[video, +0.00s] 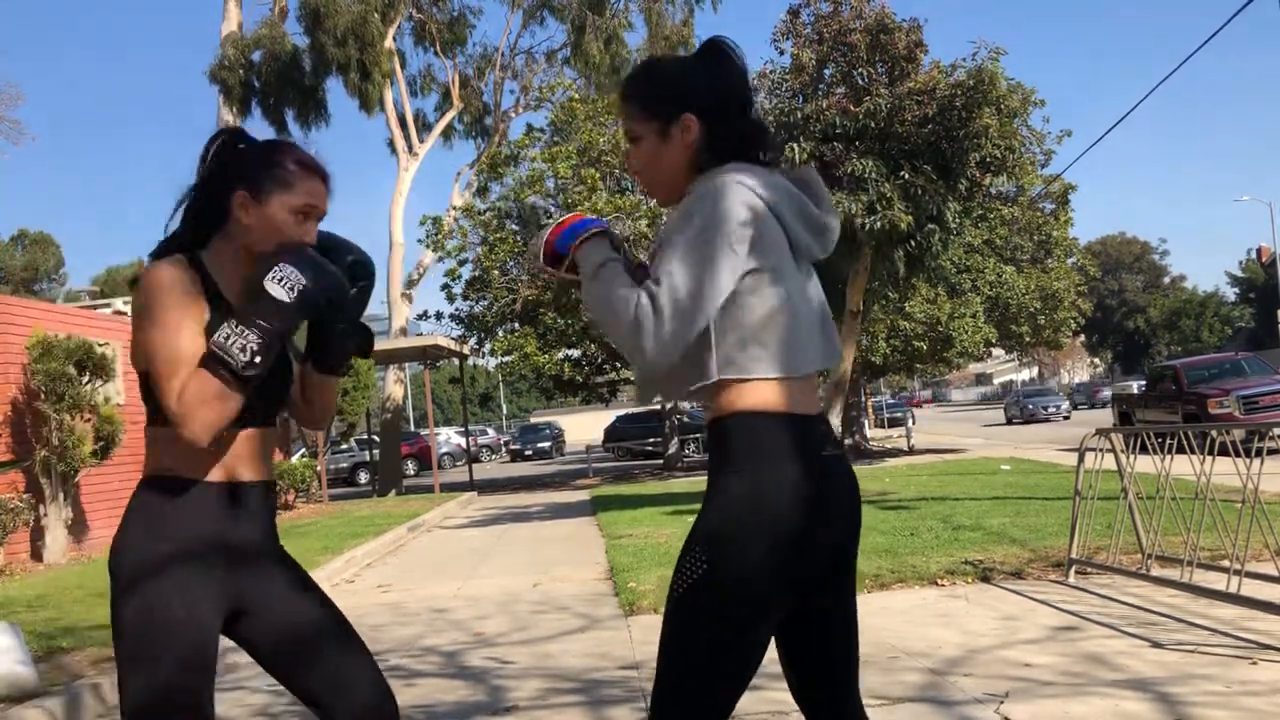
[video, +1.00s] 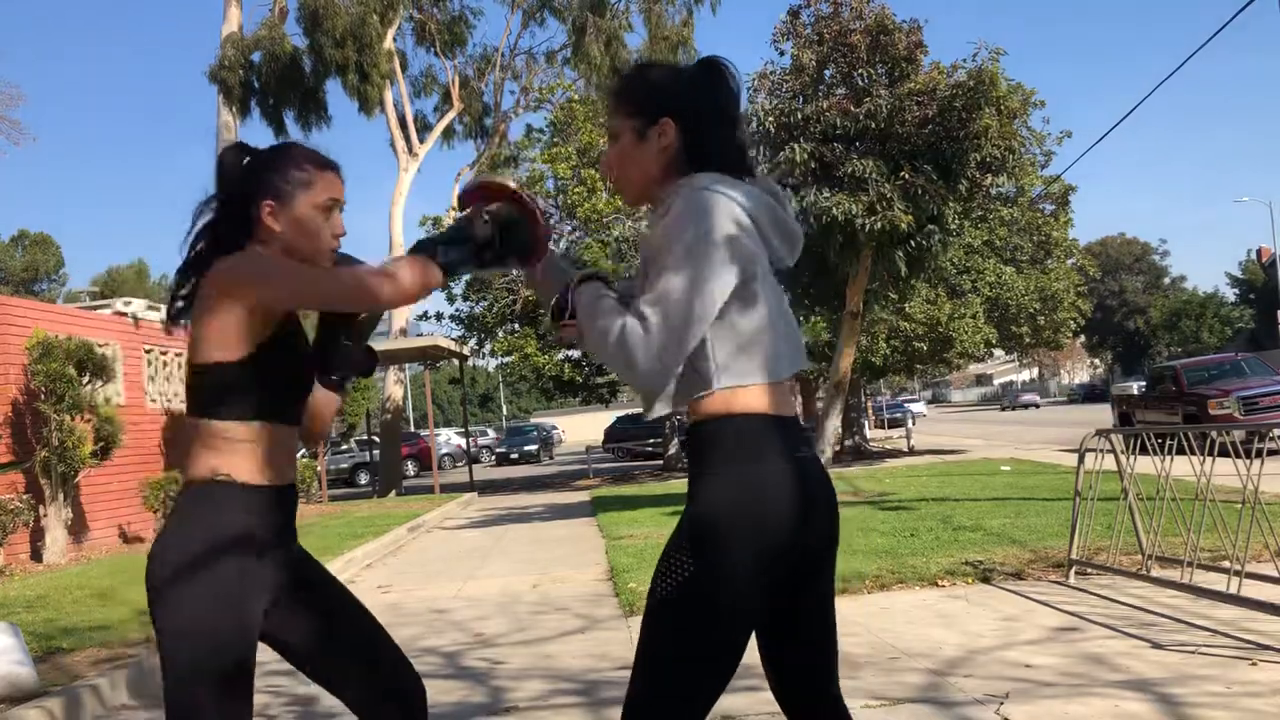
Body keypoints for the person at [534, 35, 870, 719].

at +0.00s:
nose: (627, 162)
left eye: (635, 139)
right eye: (627, 142)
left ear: (686, 131)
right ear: (685, 133)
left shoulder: (721, 198)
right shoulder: (762, 199)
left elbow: (656, 339)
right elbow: (675, 365)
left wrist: (589, 243)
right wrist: (610, 270)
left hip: (758, 478)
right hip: (817, 471)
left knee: (683, 706)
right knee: (834, 703)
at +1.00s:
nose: (605, 157)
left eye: (616, 137)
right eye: (608, 140)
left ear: (663, 138)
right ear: (665, 139)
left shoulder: (698, 210)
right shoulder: (727, 206)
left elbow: (647, 359)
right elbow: (645, 332)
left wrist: (576, 291)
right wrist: (545, 265)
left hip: (739, 484)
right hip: (791, 477)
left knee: (656, 708)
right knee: (814, 701)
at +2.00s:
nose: (614, 186)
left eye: (620, 168)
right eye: (611, 170)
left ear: (669, 155)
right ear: (672, 157)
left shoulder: (656, 226)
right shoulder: (758, 220)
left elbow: (537, 313)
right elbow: (709, 315)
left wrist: (584, 333)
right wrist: (620, 327)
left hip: (738, 490)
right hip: (820, 484)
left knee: (637, 707)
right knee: (824, 702)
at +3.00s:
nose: (609, 179)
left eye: (618, 159)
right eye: (609, 162)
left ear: (669, 155)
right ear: (674, 157)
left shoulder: (666, 225)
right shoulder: (750, 221)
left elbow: (583, 344)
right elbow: (699, 329)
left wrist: (504, 322)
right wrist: (609, 282)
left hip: (741, 489)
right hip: (812, 484)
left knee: (615, 701)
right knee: (810, 702)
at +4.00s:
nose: (617, 193)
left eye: (624, 173)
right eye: (615, 176)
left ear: (673, 163)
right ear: (676, 162)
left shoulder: (693, 233)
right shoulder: (765, 229)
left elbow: (619, 370)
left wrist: (564, 268)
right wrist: (590, 334)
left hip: (749, 498)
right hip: (824, 492)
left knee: (636, 706)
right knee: (825, 700)